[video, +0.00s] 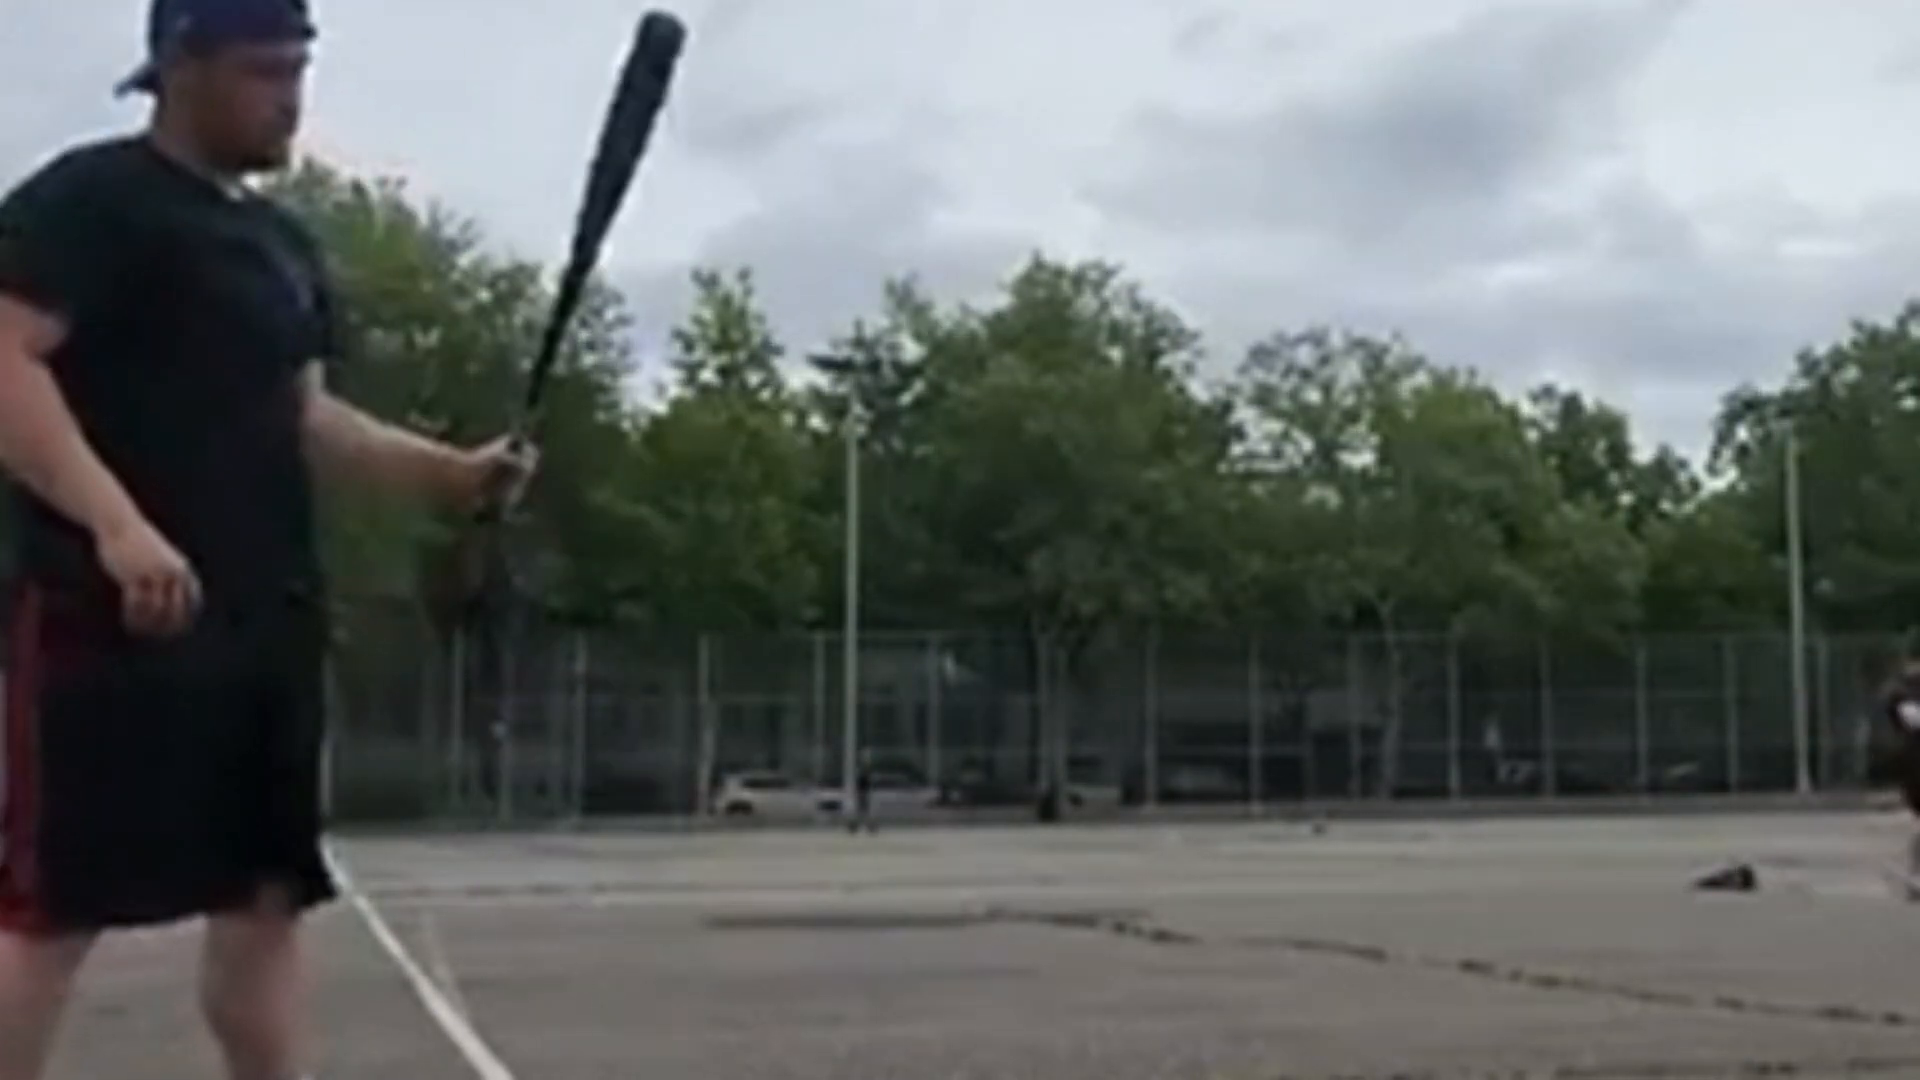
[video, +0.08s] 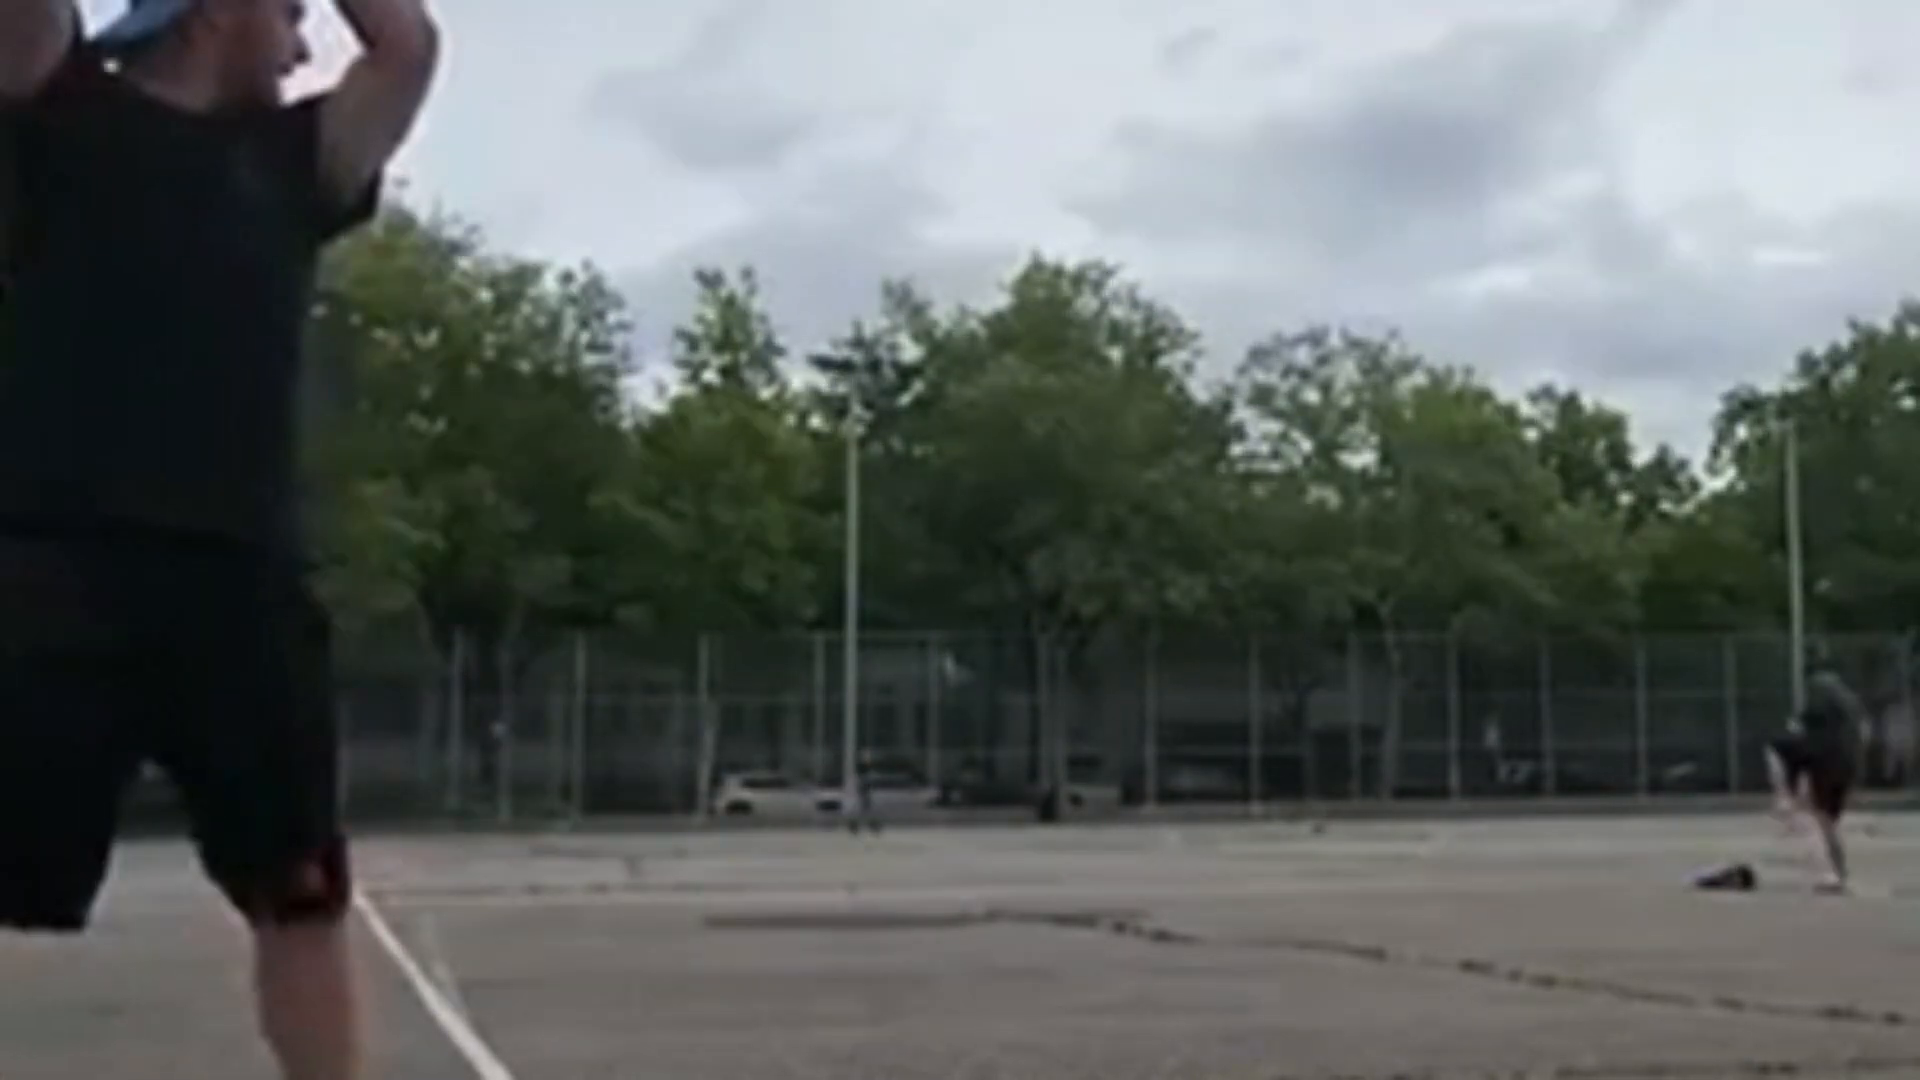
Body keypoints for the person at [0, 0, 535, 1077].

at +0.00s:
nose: (290, 98)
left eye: (297, 74)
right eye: (265, 73)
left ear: (300, 79)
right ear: (181, 73)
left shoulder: (282, 241)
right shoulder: (85, 197)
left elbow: (303, 413)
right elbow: (10, 361)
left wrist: (450, 471)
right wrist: (115, 522)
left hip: (258, 617)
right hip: (94, 614)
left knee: (262, 904)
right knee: (50, 918)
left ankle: (270, 1067)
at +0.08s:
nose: (300, 37)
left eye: (300, 19)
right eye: (286, 10)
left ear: (218, 24)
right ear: (216, 12)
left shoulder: (285, 157)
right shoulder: (53, 111)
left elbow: (405, 49)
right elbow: (26, 12)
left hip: (235, 572)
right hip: (52, 564)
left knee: (304, 895)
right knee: (7, 892)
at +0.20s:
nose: (291, 35)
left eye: (291, 18)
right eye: (277, 7)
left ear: (205, 21)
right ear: (206, 6)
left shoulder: (269, 155)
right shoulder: (40, 94)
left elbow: (388, 21)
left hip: (202, 567)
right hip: (33, 556)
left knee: (306, 889)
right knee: (1, 887)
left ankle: (335, 1067)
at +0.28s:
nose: (296, 32)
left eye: (299, 17)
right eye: (281, 6)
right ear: (209, 3)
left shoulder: (274, 152)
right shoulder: (43, 94)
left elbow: (381, 15)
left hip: (202, 569)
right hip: (34, 561)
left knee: (312, 886)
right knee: (3, 888)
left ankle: (326, 1065)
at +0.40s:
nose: (297, 34)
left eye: (302, 20)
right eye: (277, 8)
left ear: (303, 40)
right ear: (217, 10)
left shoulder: (298, 157)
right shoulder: (64, 123)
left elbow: (381, 12)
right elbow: (34, 0)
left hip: (241, 572)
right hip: (54, 562)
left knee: (327, 908)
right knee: (2, 893)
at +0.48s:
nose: (316, 31)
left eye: (316, 16)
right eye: (296, 9)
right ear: (233, 16)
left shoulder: (314, 163)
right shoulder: (78, 132)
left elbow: (397, 11)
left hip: (266, 577)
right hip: (75, 569)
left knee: (346, 909)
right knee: (6, 901)